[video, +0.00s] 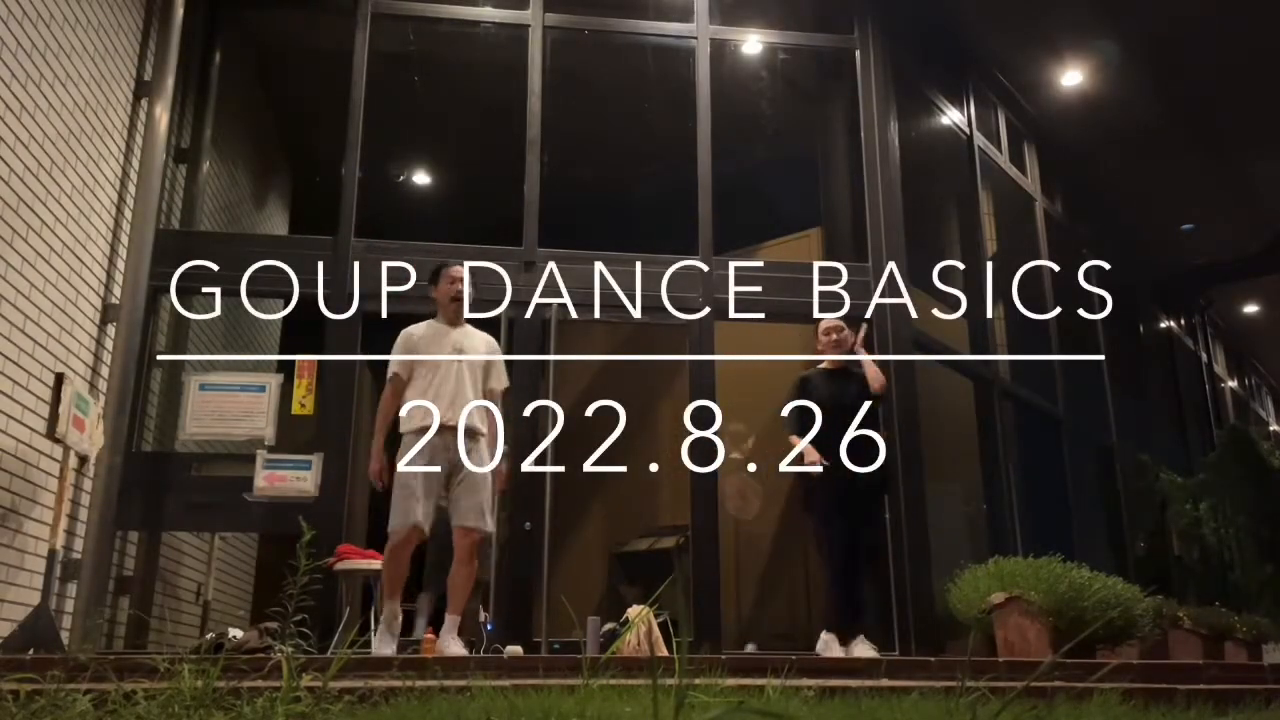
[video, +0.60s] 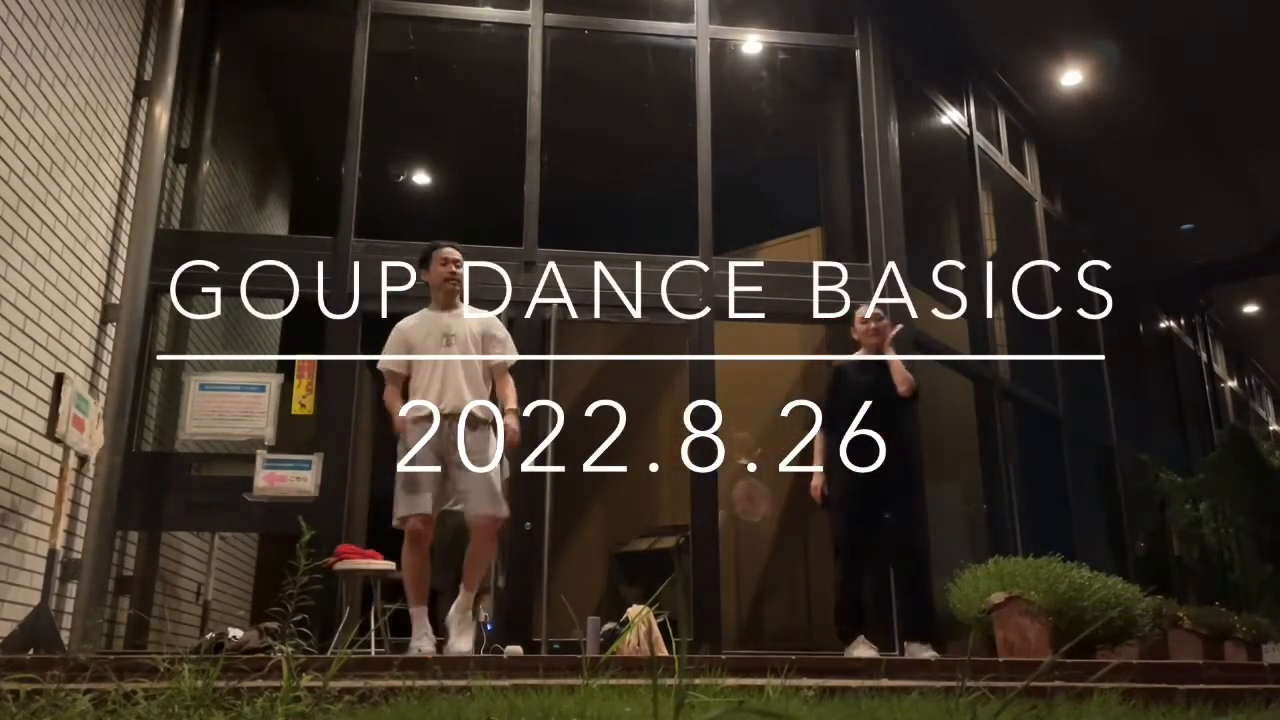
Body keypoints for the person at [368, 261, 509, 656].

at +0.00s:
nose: (459, 288)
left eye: (464, 283)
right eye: (452, 281)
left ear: (471, 293)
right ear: (434, 291)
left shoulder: (487, 344)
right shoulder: (412, 336)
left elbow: (495, 406)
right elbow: (392, 393)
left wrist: (499, 457)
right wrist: (378, 447)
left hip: (473, 445)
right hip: (421, 443)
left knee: (469, 541)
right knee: (405, 534)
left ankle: (449, 635)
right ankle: (389, 623)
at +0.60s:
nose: (453, 269)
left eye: (458, 263)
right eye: (444, 263)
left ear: (465, 273)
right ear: (427, 274)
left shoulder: (488, 324)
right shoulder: (407, 328)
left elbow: (504, 377)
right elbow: (392, 386)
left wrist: (511, 412)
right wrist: (400, 417)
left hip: (476, 433)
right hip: (423, 434)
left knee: (488, 521)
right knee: (418, 529)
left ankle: (463, 611)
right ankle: (420, 628)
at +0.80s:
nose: (459, 260)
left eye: (462, 254)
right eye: (450, 254)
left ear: (467, 264)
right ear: (429, 265)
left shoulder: (488, 316)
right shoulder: (408, 318)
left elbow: (501, 376)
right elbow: (390, 379)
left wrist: (508, 423)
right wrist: (409, 376)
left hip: (481, 426)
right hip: (427, 428)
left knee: (493, 511)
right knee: (424, 527)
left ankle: (481, 612)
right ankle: (422, 628)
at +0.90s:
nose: (463, 259)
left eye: (466, 254)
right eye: (454, 253)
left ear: (471, 264)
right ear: (433, 264)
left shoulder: (491, 316)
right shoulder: (412, 317)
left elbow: (503, 378)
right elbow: (397, 379)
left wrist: (508, 427)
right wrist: (419, 394)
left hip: (484, 429)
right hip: (432, 429)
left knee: (492, 522)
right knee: (426, 528)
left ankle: (486, 629)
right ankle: (422, 629)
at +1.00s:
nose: (466, 258)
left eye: (471, 252)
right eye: (458, 252)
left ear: (478, 262)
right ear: (439, 262)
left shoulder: (498, 314)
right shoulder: (419, 316)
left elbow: (509, 377)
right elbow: (406, 376)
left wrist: (514, 429)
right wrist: (408, 424)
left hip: (488, 429)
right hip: (434, 428)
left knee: (489, 528)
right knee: (429, 528)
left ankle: (485, 630)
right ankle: (422, 629)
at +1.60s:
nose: (492, 266)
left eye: (495, 260)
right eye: (483, 258)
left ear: (500, 270)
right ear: (460, 266)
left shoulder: (511, 325)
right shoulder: (429, 321)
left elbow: (523, 386)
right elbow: (407, 382)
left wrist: (530, 430)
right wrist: (399, 435)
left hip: (493, 435)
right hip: (435, 433)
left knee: (498, 525)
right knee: (428, 522)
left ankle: (487, 630)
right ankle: (443, 622)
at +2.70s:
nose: (458, 254)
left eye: (462, 246)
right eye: (451, 245)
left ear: (464, 250)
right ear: (425, 246)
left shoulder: (476, 298)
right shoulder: (392, 296)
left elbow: (495, 334)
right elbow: (361, 339)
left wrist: (519, 367)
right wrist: (339, 383)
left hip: (465, 414)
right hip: (408, 413)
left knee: (479, 512)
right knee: (402, 508)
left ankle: (491, 619)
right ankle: (385, 613)